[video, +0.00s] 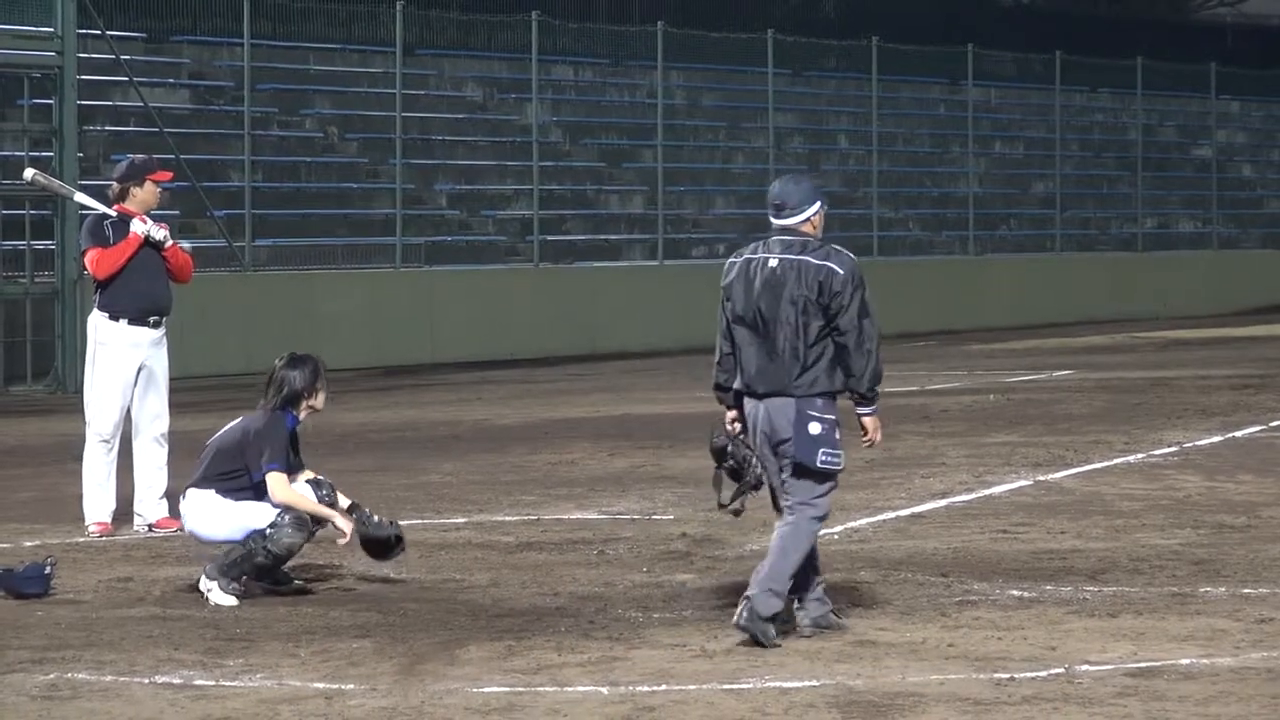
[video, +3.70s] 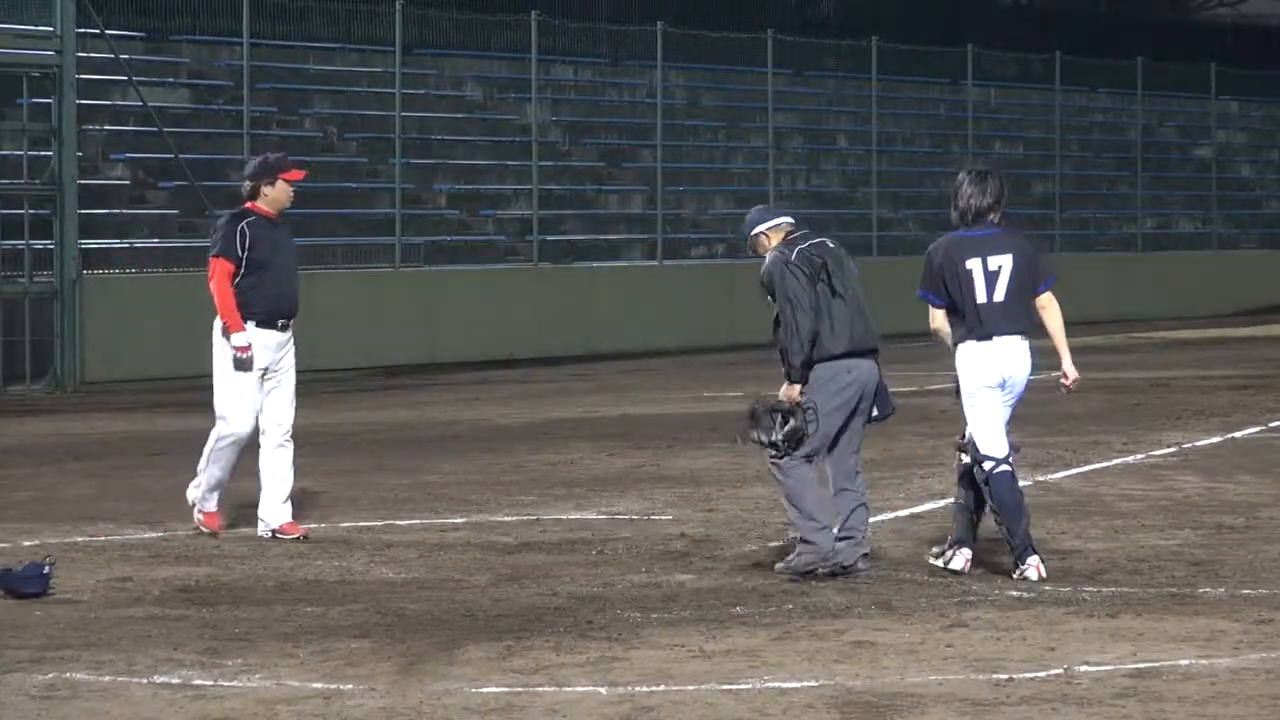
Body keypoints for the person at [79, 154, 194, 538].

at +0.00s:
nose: (159, 191)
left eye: (159, 185)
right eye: (154, 185)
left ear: (138, 189)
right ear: (132, 188)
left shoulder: (155, 229)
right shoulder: (100, 222)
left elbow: (185, 273)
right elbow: (99, 268)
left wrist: (166, 243)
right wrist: (137, 236)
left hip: (155, 335)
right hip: (114, 334)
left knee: (153, 428)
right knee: (104, 429)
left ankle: (152, 512)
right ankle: (99, 517)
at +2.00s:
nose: (186, 193)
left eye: (186, 186)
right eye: (180, 186)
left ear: (171, 189)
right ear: (156, 188)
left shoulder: (179, 229)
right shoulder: (126, 223)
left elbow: (207, 277)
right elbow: (129, 268)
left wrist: (194, 248)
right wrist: (167, 238)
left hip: (172, 336)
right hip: (134, 331)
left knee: (160, 429)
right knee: (124, 422)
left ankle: (150, 513)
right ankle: (103, 512)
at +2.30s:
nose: (198, 191)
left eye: (198, 185)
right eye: (192, 185)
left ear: (180, 188)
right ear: (169, 187)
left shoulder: (188, 230)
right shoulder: (140, 220)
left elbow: (210, 283)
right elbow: (126, 269)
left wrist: (209, 265)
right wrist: (178, 253)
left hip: (178, 334)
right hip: (143, 328)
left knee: (168, 424)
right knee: (150, 418)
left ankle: (157, 509)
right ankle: (140, 511)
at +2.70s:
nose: (211, 188)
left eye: (210, 182)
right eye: (204, 183)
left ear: (191, 188)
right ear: (182, 187)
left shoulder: (205, 231)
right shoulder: (157, 225)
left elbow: (216, 276)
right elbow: (136, 277)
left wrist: (233, 311)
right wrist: (174, 311)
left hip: (197, 331)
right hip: (160, 330)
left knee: (180, 425)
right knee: (170, 424)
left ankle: (149, 509)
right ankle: (180, 514)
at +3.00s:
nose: (222, 188)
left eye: (221, 182)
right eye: (216, 182)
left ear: (203, 186)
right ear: (193, 186)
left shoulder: (215, 227)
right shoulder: (167, 225)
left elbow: (219, 276)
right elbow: (153, 281)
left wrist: (228, 316)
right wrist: (176, 325)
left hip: (215, 337)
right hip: (178, 336)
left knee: (221, 421)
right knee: (175, 427)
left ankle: (192, 502)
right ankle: (178, 514)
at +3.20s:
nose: (236, 191)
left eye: (236, 185)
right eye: (231, 185)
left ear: (217, 187)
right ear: (210, 186)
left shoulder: (221, 229)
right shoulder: (182, 227)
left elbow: (222, 283)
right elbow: (168, 286)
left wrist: (239, 325)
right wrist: (179, 343)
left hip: (230, 337)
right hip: (193, 338)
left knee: (241, 427)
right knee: (182, 431)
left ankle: (244, 513)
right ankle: (181, 516)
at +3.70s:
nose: (293, 191)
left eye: (293, 185)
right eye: (287, 184)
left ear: (274, 187)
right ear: (265, 186)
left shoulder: (279, 229)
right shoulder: (236, 224)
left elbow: (275, 279)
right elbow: (219, 278)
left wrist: (283, 326)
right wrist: (237, 334)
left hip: (281, 339)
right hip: (243, 337)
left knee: (278, 432)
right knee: (237, 424)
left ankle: (275, 518)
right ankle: (204, 496)